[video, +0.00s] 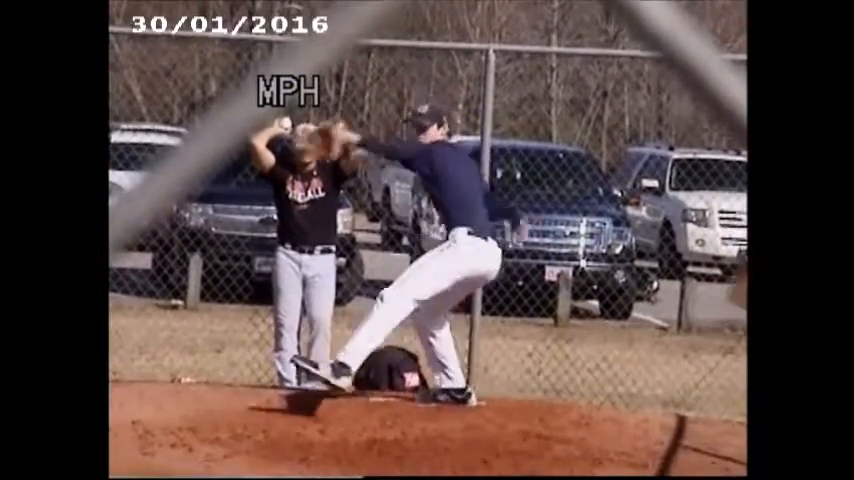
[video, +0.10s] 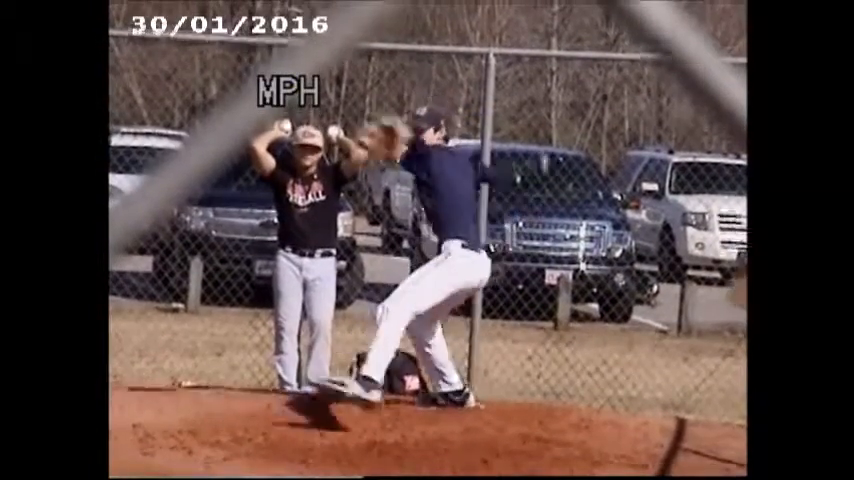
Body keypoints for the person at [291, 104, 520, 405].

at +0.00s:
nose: (418, 133)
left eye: (424, 128)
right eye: (417, 128)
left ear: (442, 128)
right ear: (444, 131)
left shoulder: (431, 154)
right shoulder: (466, 157)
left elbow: (393, 150)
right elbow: (488, 198)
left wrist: (359, 139)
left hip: (465, 247)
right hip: (490, 253)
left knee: (396, 297)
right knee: (428, 315)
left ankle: (343, 368)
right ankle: (454, 387)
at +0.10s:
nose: (416, 136)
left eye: (422, 131)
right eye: (415, 130)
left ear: (439, 131)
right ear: (443, 134)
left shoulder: (427, 158)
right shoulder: (468, 159)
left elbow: (397, 154)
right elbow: (498, 178)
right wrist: (476, 164)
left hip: (457, 258)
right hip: (478, 263)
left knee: (394, 308)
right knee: (422, 324)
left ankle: (369, 381)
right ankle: (452, 389)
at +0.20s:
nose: (417, 125)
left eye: (423, 119)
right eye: (417, 119)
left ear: (443, 120)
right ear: (442, 120)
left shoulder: (430, 146)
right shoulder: (470, 149)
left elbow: (430, 145)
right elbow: (510, 144)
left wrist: (443, 169)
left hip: (449, 253)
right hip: (457, 253)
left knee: (392, 309)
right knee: (420, 320)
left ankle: (401, 395)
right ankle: (442, 377)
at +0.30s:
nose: (444, 133)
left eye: (451, 129)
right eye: (446, 126)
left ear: (462, 135)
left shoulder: (458, 164)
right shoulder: (433, 160)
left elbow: (487, 206)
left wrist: (486, 252)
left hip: (437, 261)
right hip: (408, 259)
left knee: (414, 327)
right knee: (413, 331)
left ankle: (415, 416)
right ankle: (421, 392)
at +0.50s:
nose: (503, 207)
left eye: (508, 202)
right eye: (505, 199)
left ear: (496, 184)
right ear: (493, 180)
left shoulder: (484, 204)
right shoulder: (453, 181)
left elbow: (464, 240)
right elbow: (461, 232)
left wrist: (451, 264)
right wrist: (497, 265)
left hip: (427, 244)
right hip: (388, 239)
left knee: (420, 327)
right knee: (379, 320)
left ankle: (421, 417)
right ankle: (376, 375)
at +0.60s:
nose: (504, 188)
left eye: (512, 183)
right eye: (503, 178)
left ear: (517, 183)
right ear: (489, 166)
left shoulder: (489, 201)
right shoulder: (463, 189)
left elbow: (455, 235)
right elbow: (493, 239)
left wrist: (438, 263)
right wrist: (525, 244)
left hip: (420, 241)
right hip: (383, 226)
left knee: (415, 334)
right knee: (359, 274)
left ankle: (420, 418)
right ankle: (365, 280)